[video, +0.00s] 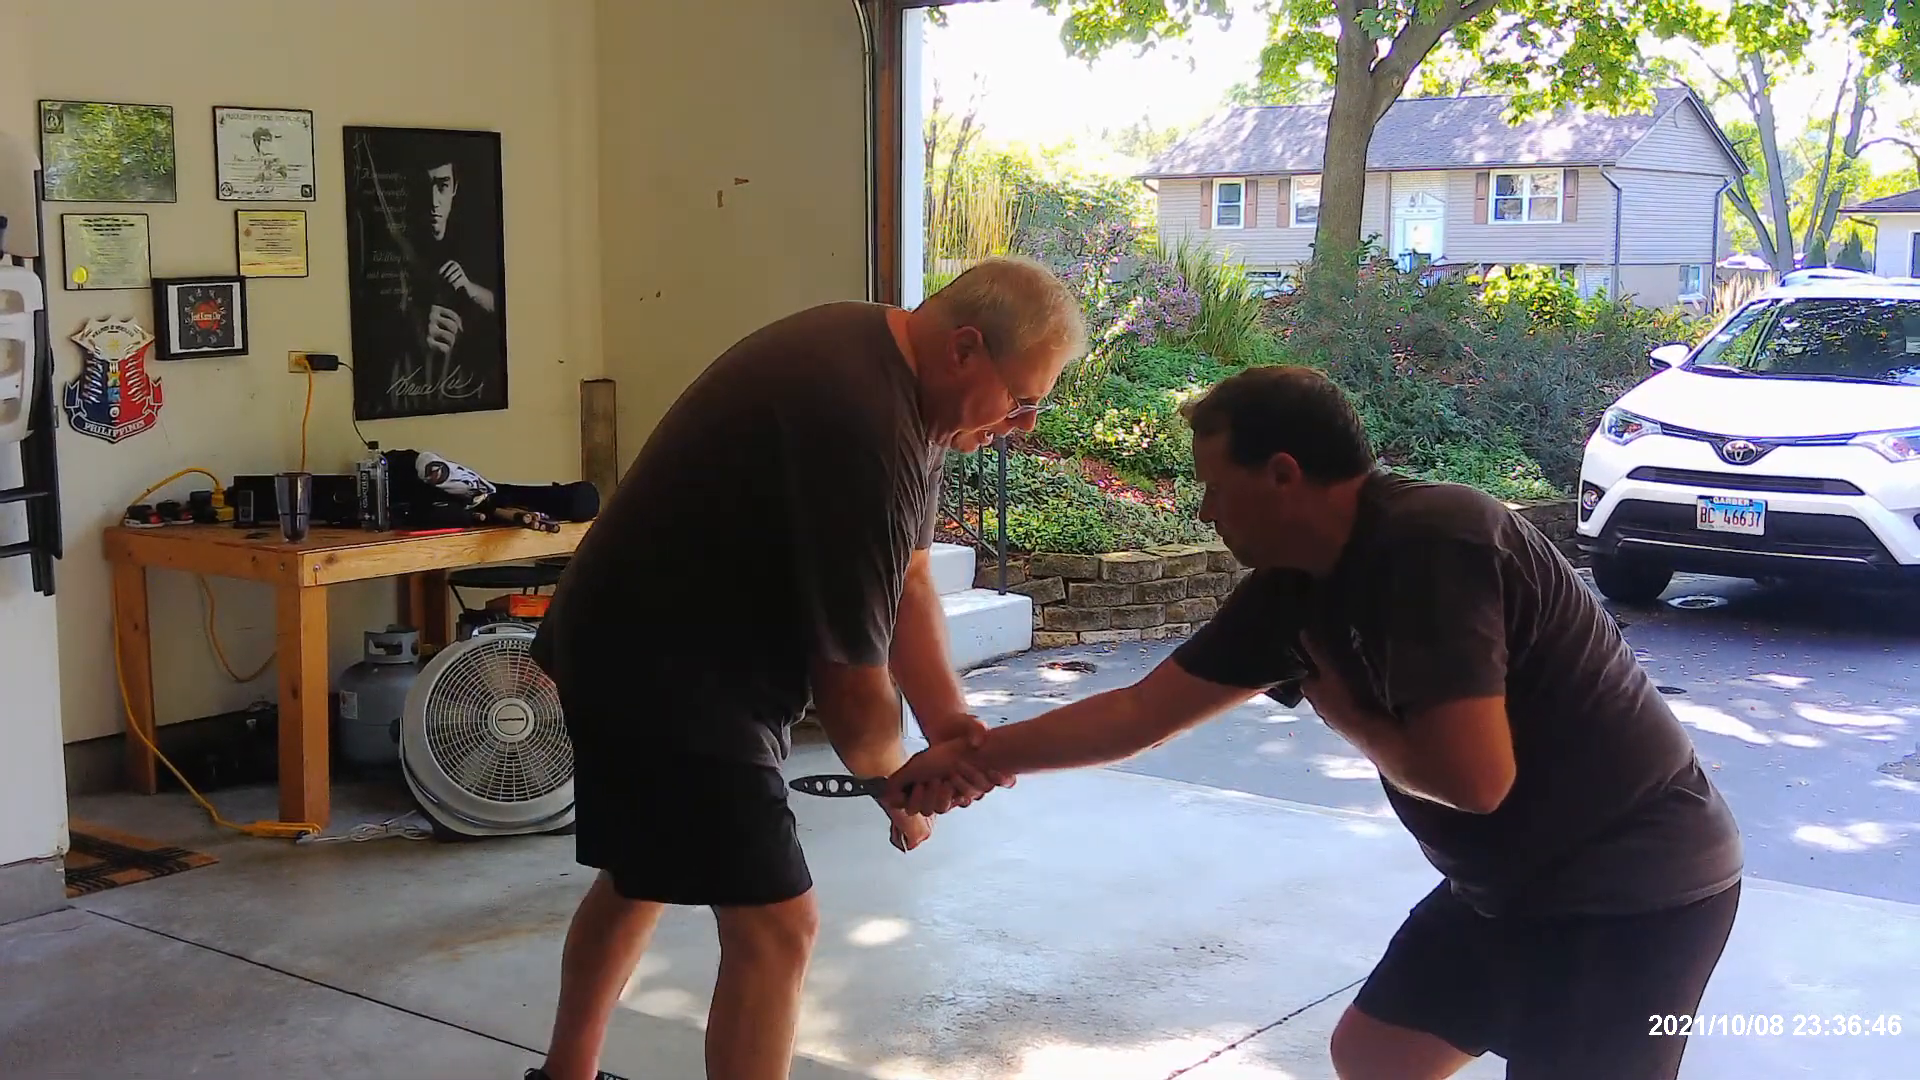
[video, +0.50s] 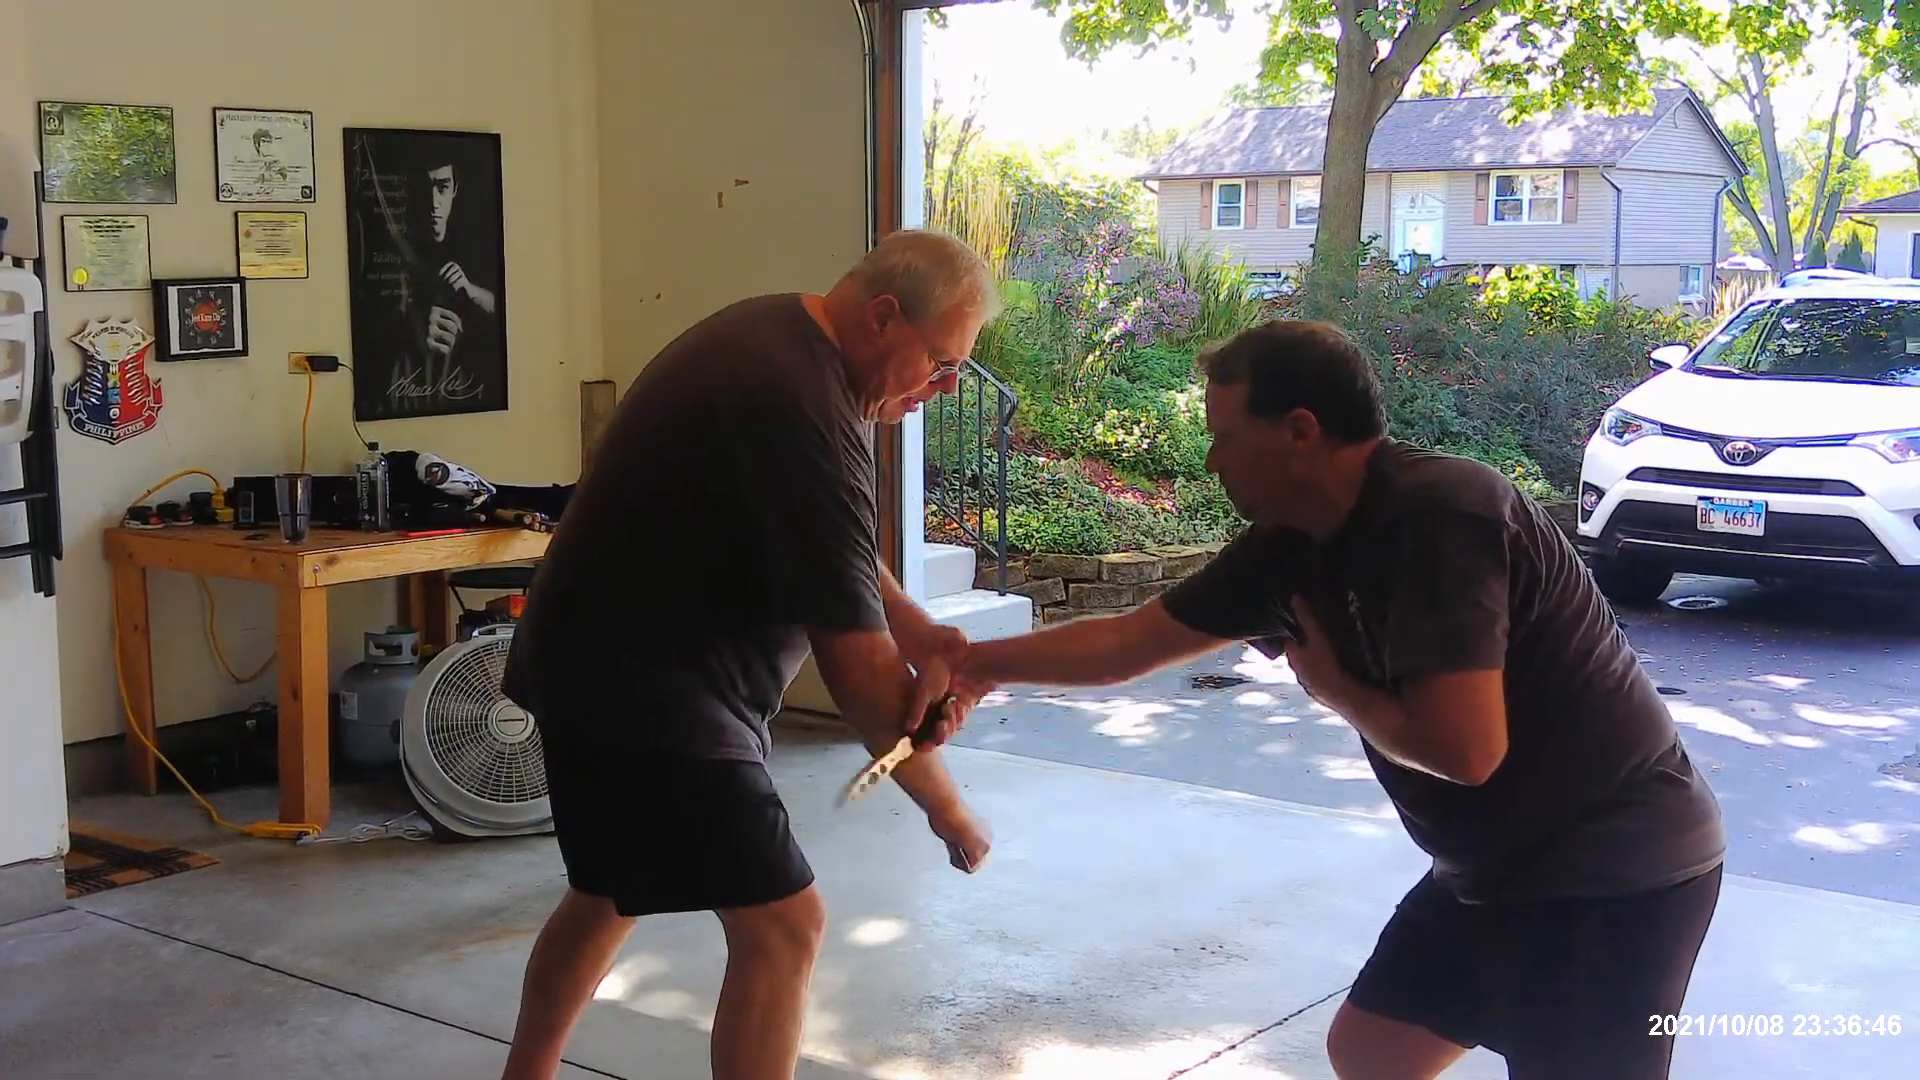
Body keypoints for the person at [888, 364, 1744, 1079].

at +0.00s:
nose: (1201, 503)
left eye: (1210, 477)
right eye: (1201, 479)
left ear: (1282, 474)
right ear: (1280, 478)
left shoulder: (1433, 544)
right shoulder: (1292, 589)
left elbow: (1476, 777)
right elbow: (1144, 710)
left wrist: (1347, 717)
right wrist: (984, 754)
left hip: (1642, 881)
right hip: (1504, 875)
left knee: (1594, 1068)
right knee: (1375, 1049)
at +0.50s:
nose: (1213, 458)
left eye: (1224, 434)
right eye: (1212, 435)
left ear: (1301, 434)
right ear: (1300, 437)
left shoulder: (1445, 517)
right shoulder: (1289, 542)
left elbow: (1469, 748)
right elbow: (1134, 639)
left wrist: (1338, 691)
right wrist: (976, 659)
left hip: (1625, 865)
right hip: (1491, 865)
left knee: (1585, 1069)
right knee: (1371, 1050)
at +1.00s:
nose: (1154, 431)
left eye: (1169, 406)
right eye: (1147, 409)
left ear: (1258, 396)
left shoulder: (1378, 468)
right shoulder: (1206, 512)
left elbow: (1412, 669)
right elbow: (1077, 581)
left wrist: (1250, 599)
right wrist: (953, 589)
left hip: (1579, 805)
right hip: (1439, 822)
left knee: (1600, 1065)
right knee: (1343, 1046)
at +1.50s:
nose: (1163, 381)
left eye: (1182, 355)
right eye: (1156, 361)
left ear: (1273, 343)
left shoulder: (1383, 429)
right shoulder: (1188, 480)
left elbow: (1415, 618)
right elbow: (1054, 566)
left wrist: (1252, 559)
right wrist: (924, 609)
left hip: (1525, 796)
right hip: (1382, 815)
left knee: (1549, 1065)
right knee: (1305, 1045)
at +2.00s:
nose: (1249, 328)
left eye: (1276, 303)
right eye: (1242, 306)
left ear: (1359, 306)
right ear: (1234, 310)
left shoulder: (1433, 406)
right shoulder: (1248, 437)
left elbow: (1408, 581)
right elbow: (1141, 533)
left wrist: (1269, 521)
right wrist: (1030, 588)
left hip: (1489, 815)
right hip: (1349, 823)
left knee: (1517, 1062)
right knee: (1310, 1055)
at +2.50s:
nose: (1206, 400)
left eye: (1224, 374)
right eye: (1196, 378)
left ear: (1308, 344)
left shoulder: (1415, 426)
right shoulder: (1244, 475)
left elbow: (1410, 608)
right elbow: (1152, 584)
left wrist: (1277, 565)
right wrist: (1060, 671)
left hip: (1504, 815)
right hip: (1364, 827)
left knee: (1531, 1062)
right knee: (1303, 1052)